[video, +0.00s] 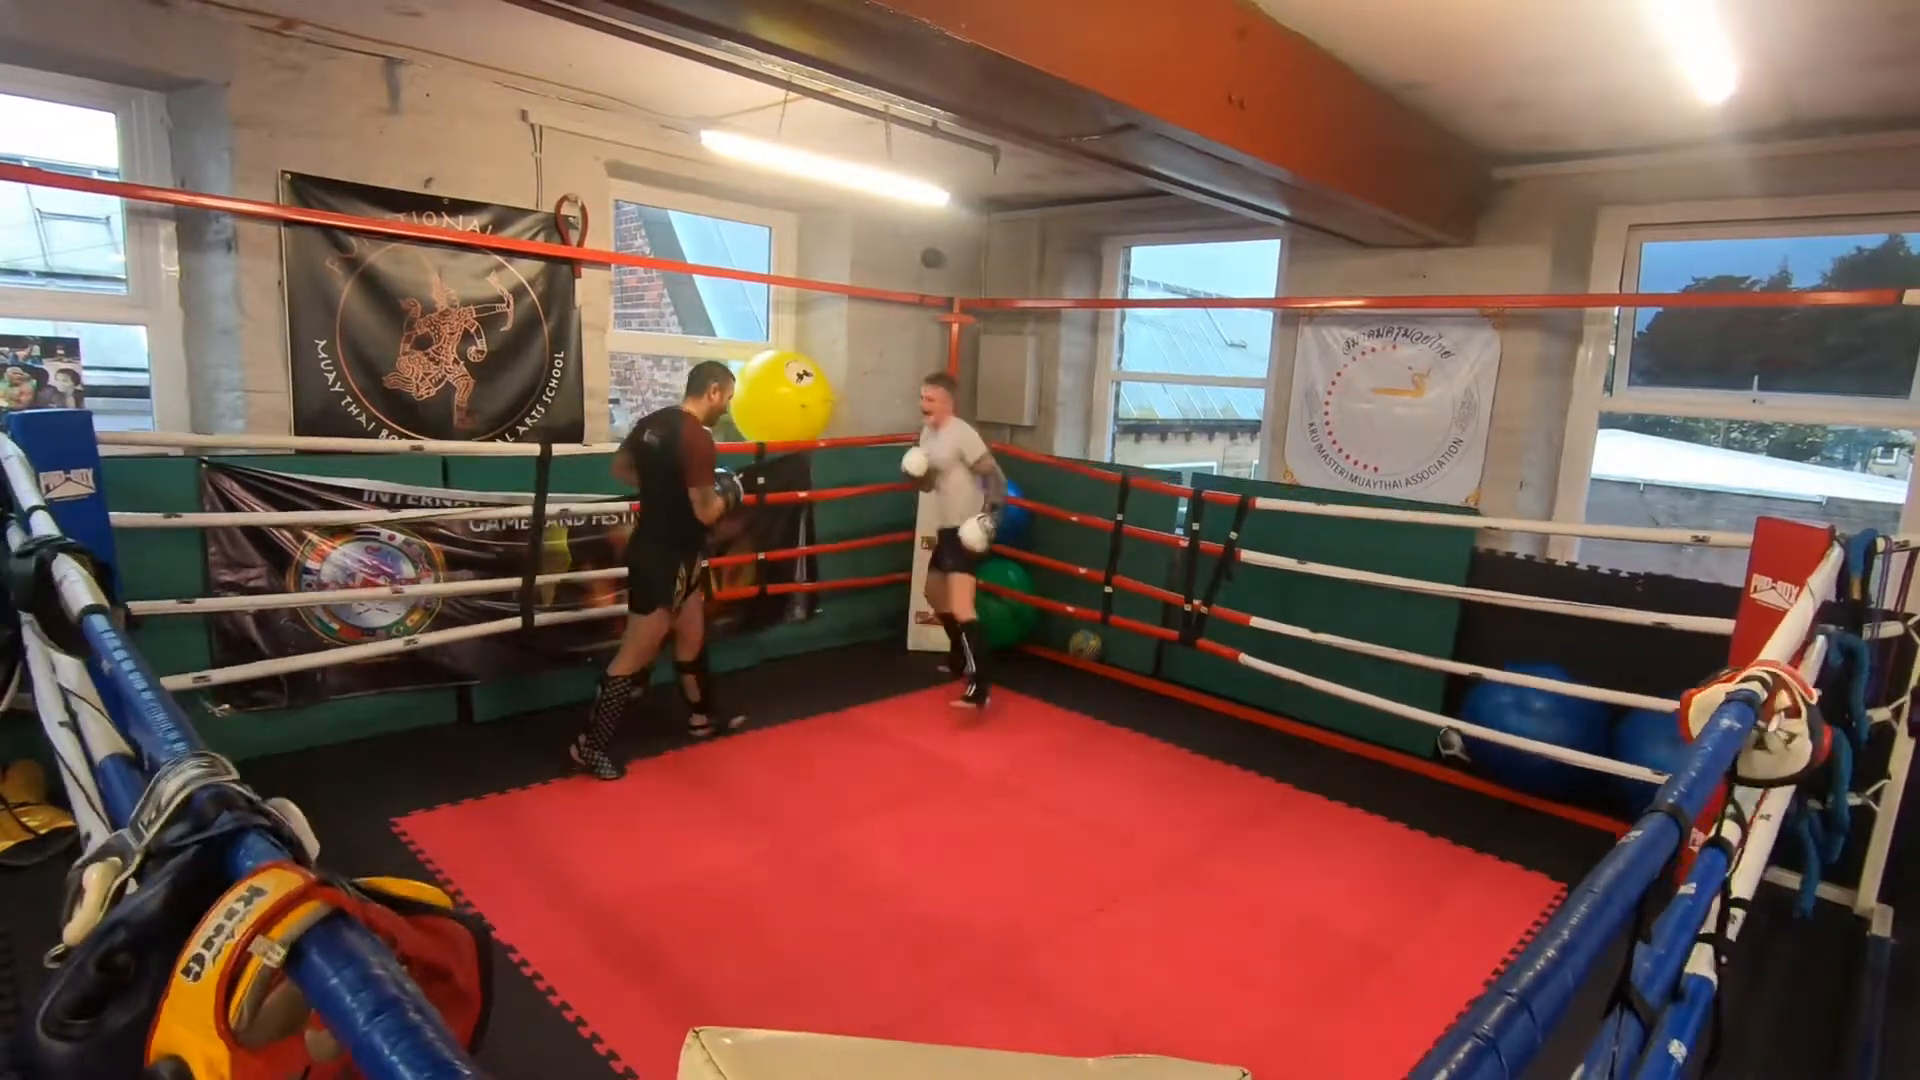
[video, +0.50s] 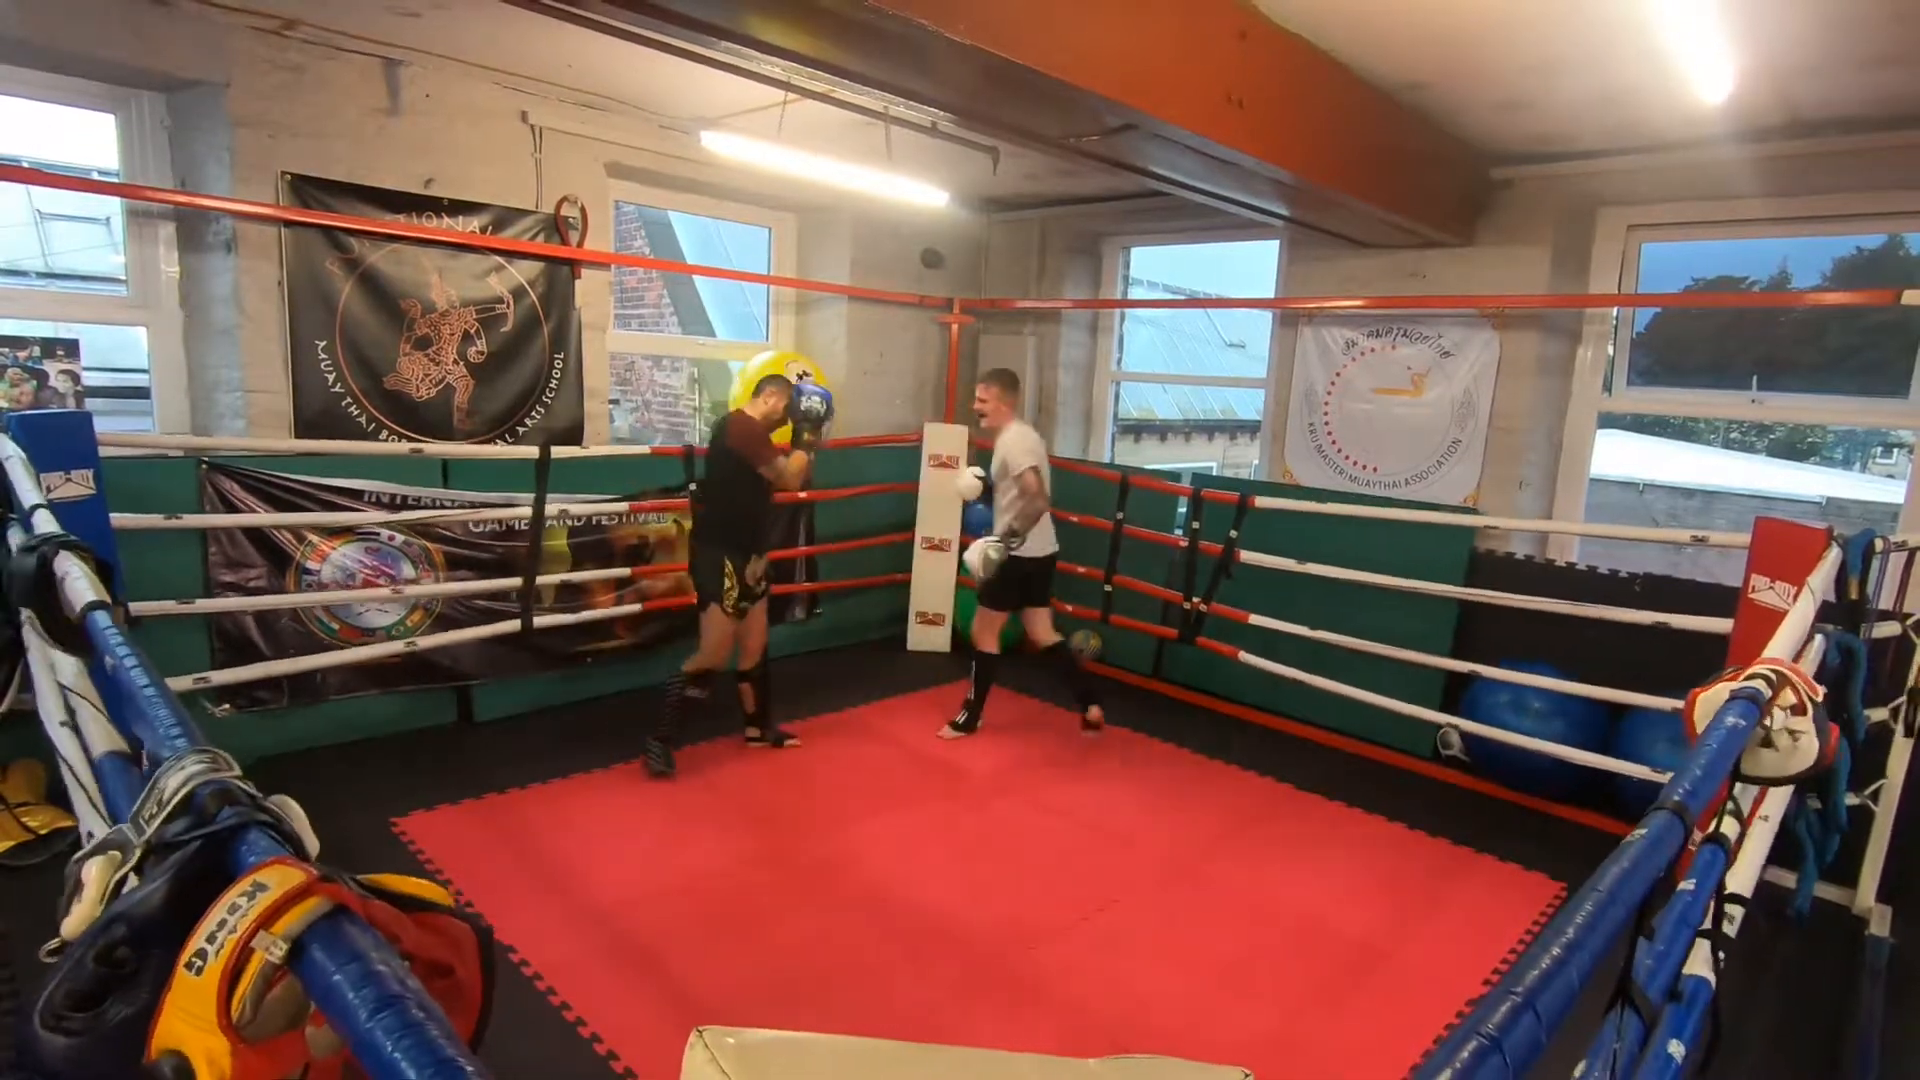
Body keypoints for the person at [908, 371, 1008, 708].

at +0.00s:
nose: (925, 404)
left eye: (931, 399)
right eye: (923, 399)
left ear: (950, 401)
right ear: (923, 401)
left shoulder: (963, 433)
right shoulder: (928, 434)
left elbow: (995, 479)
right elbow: (927, 485)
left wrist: (989, 518)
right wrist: (917, 470)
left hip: (965, 528)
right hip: (942, 528)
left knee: (961, 604)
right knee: (935, 594)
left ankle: (978, 682)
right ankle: (959, 658)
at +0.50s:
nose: (977, 407)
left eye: (983, 401)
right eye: (977, 400)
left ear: (1005, 402)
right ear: (1005, 404)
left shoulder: (1014, 441)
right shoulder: (1022, 435)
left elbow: (1038, 499)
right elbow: (1018, 488)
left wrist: (1001, 541)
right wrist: (986, 488)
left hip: (1019, 555)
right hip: (1039, 553)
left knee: (985, 631)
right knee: (1041, 630)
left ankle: (971, 716)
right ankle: (1089, 703)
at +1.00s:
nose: (1034, 424)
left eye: (1038, 416)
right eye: (1035, 416)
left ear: (1055, 416)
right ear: (1075, 416)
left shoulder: (1044, 464)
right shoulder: (1108, 464)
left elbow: (1030, 525)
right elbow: (1087, 520)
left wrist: (979, 542)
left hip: (1054, 593)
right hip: (1097, 594)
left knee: (1028, 693)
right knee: (1088, 667)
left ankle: (1019, 800)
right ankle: (1107, 756)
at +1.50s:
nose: (1037, 440)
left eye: (1037, 431)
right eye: (1034, 432)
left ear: (1054, 423)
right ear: (1080, 422)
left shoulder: (1055, 470)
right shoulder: (1123, 470)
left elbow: (1052, 539)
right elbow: (1104, 541)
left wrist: (1004, 569)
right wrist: (1017, 560)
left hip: (1068, 615)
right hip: (1124, 618)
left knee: (1028, 707)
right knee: (1138, 732)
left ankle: (1018, 818)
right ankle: (1171, 857)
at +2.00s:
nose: (1021, 430)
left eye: (1021, 422)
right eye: (1020, 423)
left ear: (1035, 419)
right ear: (1068, 414)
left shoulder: (1023, 459)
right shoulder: (1117, 461)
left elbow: (948, 473)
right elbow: (1132, 529)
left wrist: (884, 462)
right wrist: (1076, 515)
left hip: (1061, 621)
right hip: (1124, 620)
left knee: (1028, 721)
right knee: (1150, 729)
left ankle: (993, 826)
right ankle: (1185, 852)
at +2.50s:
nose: (1040, 435)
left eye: (1041, 426)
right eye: (1039, 427)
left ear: (1059, 423)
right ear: (1091, 423)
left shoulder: (1049, 471)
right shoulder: (1139, 472)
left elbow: (978, 517)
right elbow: (1140, 542)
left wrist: (924, 501)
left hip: (1070, 632)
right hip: (1135, 636)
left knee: (1029, 728)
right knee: (1155, 748)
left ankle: (990, 837)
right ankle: (1188, 872)